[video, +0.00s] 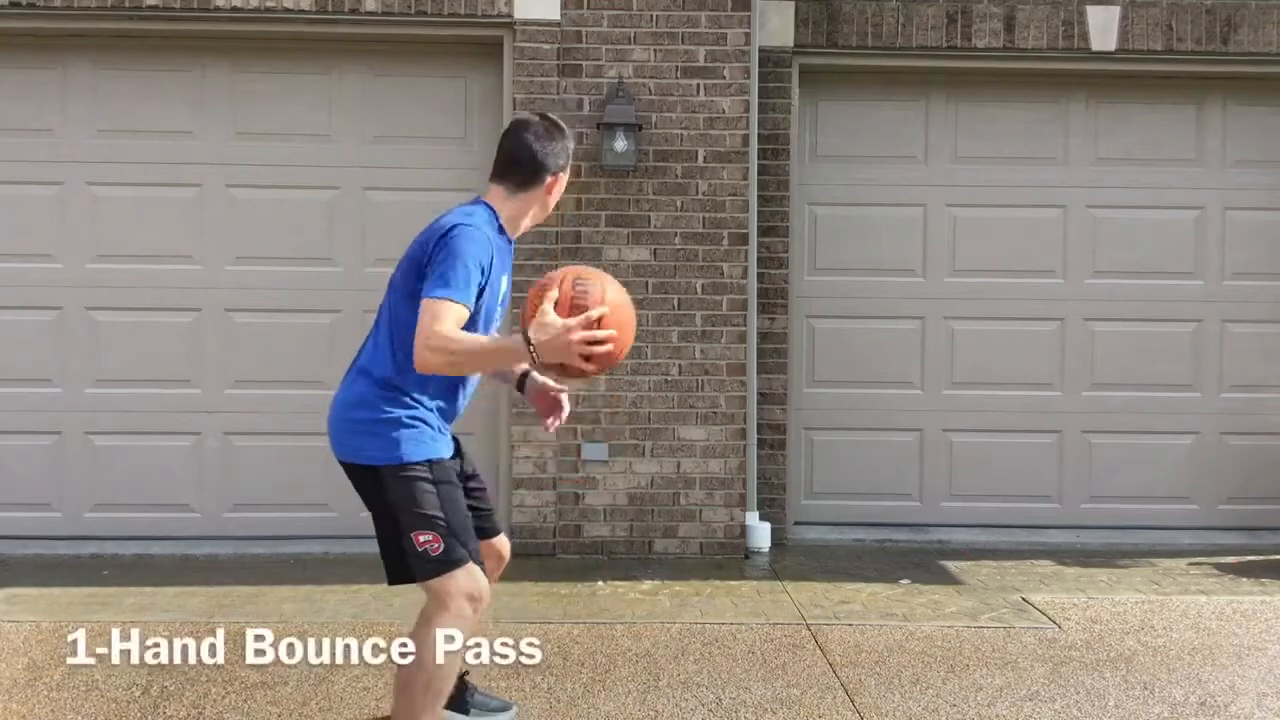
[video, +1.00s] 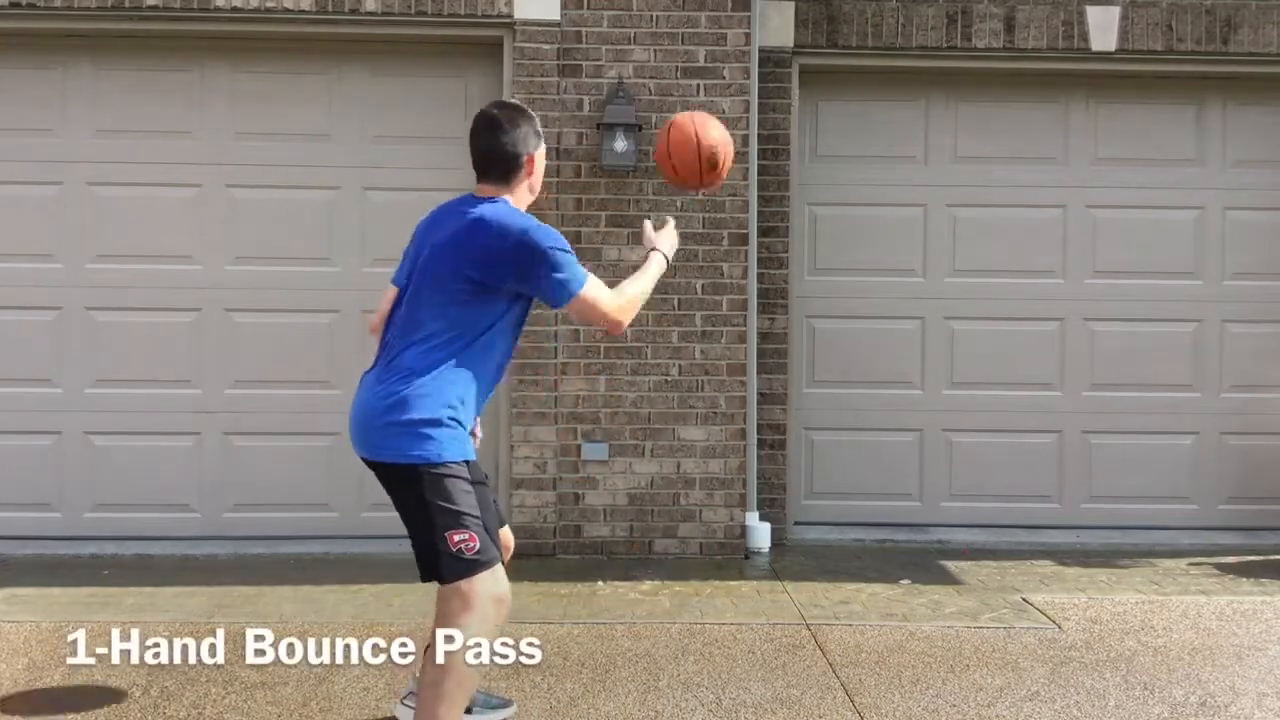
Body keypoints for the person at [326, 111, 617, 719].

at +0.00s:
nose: (561, 196)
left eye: (565, 184)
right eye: (566, 183)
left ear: (498, 168)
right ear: (554, 185)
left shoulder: (494, 246)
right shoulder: (467, 237)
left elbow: (474, 340)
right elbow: (431, 347)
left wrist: (524, 376)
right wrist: (529, 346)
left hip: (425, 424)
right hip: (387, 425)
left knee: (490, 552)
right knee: (460, 595)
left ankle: (443, 682)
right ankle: (409, 712)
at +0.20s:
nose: (564, 203)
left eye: (565, 193)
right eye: (567, 192)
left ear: (501, 178)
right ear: (557, 196)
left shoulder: (482, 240)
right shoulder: (477, 246)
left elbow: (424, 329)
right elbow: (499, 361)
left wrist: (454, 396)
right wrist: (562, 289)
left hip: (427, 424)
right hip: (394, 426)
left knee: (498, 549)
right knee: (458, 587)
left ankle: (441, 683)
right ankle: (409, 711)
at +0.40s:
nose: (555, 205)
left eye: (556, 194)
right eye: (557, 194)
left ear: (492, 181)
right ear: (548, 198)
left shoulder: (440, 230)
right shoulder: (513, 275)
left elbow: (387, 319)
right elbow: (560, 385)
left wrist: (449, 389)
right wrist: (606, 418)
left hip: (388, 415)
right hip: (402, 426)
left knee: (495, 540)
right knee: (461, 589)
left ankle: (443, 679)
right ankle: (411, 710)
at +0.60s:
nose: (554, 194)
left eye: (550, 184)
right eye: (555, 186)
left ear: (492, 178)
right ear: (547, 191)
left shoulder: (441, 227)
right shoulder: (527, 262)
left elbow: (375, 312)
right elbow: (521, 374)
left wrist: (414, 376)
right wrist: (535, 394)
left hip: (378, 412)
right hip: (421, 420)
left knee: (499, 539)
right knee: (475, 580)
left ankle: (435, 687)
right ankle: (425, 708)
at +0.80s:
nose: (551, 190)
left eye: (551, 181)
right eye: (552, 181)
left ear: (485, 177)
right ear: (544, 186)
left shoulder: (440, 232)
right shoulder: (525, 257)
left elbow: (374, 325)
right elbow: (539, 385)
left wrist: (417, 389)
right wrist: (578, 387)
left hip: (385, 418)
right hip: (422, 428)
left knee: (503, 543)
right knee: (481, 594)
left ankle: (428, 692)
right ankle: (438, 711)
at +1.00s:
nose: (544, 166)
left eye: (541, 156)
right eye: (543, 157)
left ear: (477, 160)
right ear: (533, 165)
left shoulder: (440, 220)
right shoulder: (522, 235)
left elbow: (383, 319)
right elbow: (614, 313)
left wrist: (449, 406)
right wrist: (659, 256)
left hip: (387, 416)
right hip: (425, 425)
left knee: (494, 542)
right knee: (483, 593)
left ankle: (431, 693)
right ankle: (436, 712)